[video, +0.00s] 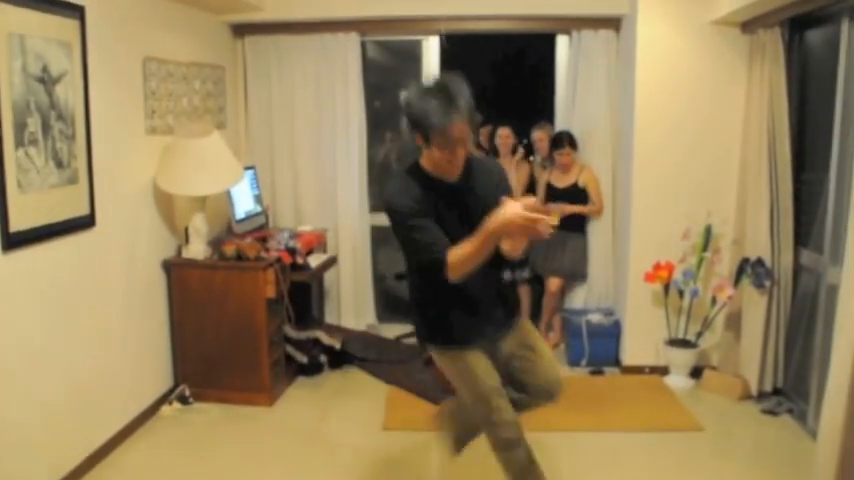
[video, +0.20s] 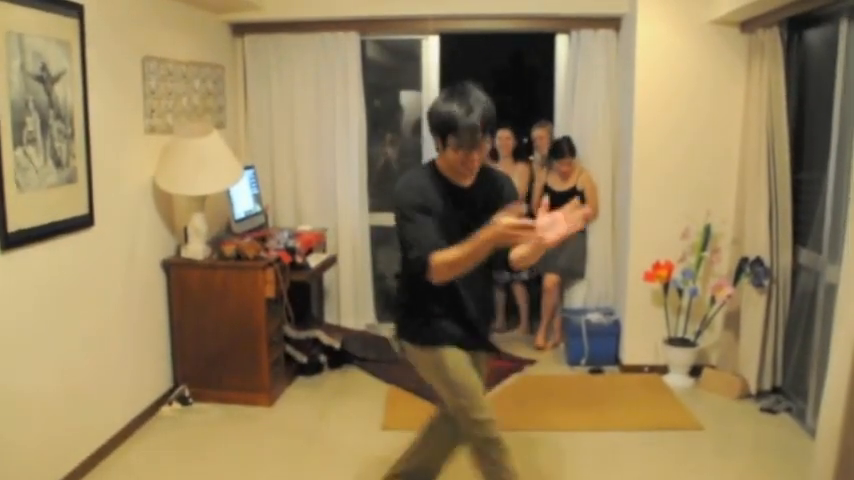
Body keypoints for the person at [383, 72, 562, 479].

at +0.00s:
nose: (459, 157)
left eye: (465, 144)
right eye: (447, 147)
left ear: (472, 135)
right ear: (422, 142)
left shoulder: (486, 172)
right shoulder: (405, 195)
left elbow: (512, 251)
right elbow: (449, 269)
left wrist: (521, 226)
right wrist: (496, 225)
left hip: (496, 311)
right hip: (449, 327)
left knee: (545, 383)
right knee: (499, 418)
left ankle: (456, 420)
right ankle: (529, 476)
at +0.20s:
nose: (473, 161)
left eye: (480, 150)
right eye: (462, 151)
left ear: (488, 144)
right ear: (440, 144)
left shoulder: (496, 184)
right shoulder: (415, 189)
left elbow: (513, 260)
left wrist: (543, 237)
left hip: (474, 325)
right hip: (426, 326)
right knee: (483, 428)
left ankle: (403, 476)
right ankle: (507, 476)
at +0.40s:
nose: (448, 129)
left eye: (458, 119)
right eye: (440, 118)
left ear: (477, 114)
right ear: (427, 113)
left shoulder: (493, 163)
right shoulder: (407, 154)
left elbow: (486, 244)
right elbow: (398, 240)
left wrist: (478, 214)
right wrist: (402, 220)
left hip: (452, 288)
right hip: (400, 282)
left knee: (430, 402)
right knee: (421, 378)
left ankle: (394, 474)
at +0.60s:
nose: (418, 168)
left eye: (427, 157)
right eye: (410, 158)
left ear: (451, 146)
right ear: (400, 149)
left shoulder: (481, 197)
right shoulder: (397, 180)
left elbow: (467, 275)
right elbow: (371, 261)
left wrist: (403, 249)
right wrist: (375, 242)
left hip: (435, 333)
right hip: (381, 315)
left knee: (388, 437)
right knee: (344, 410)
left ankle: (369, 474)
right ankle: (412, 421)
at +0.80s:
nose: (409, 152)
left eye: (417, 140)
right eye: (402, 141)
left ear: (442, 132)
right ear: (392, 139)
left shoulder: (476, 182)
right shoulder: (389, 182)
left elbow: (472, 260)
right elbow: (394, 258)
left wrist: (437, 245)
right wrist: (355, 249)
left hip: (457, 320)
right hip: (406, 318)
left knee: (429, 415)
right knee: (418, 415)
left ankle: (395, 471)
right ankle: (452, 472)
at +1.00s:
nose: (425, 121)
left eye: (432, 109)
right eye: (416, 113)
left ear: (451, 104)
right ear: (404, 114)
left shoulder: (489, 150)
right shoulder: (396, 163)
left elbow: (502, 225)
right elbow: (419, 245)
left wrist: (460, 218)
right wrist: (437, 215)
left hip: (490, 284)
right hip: (436, 294)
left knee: (501, 376)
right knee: (459, 398)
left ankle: (485, 431)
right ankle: (491, 475)